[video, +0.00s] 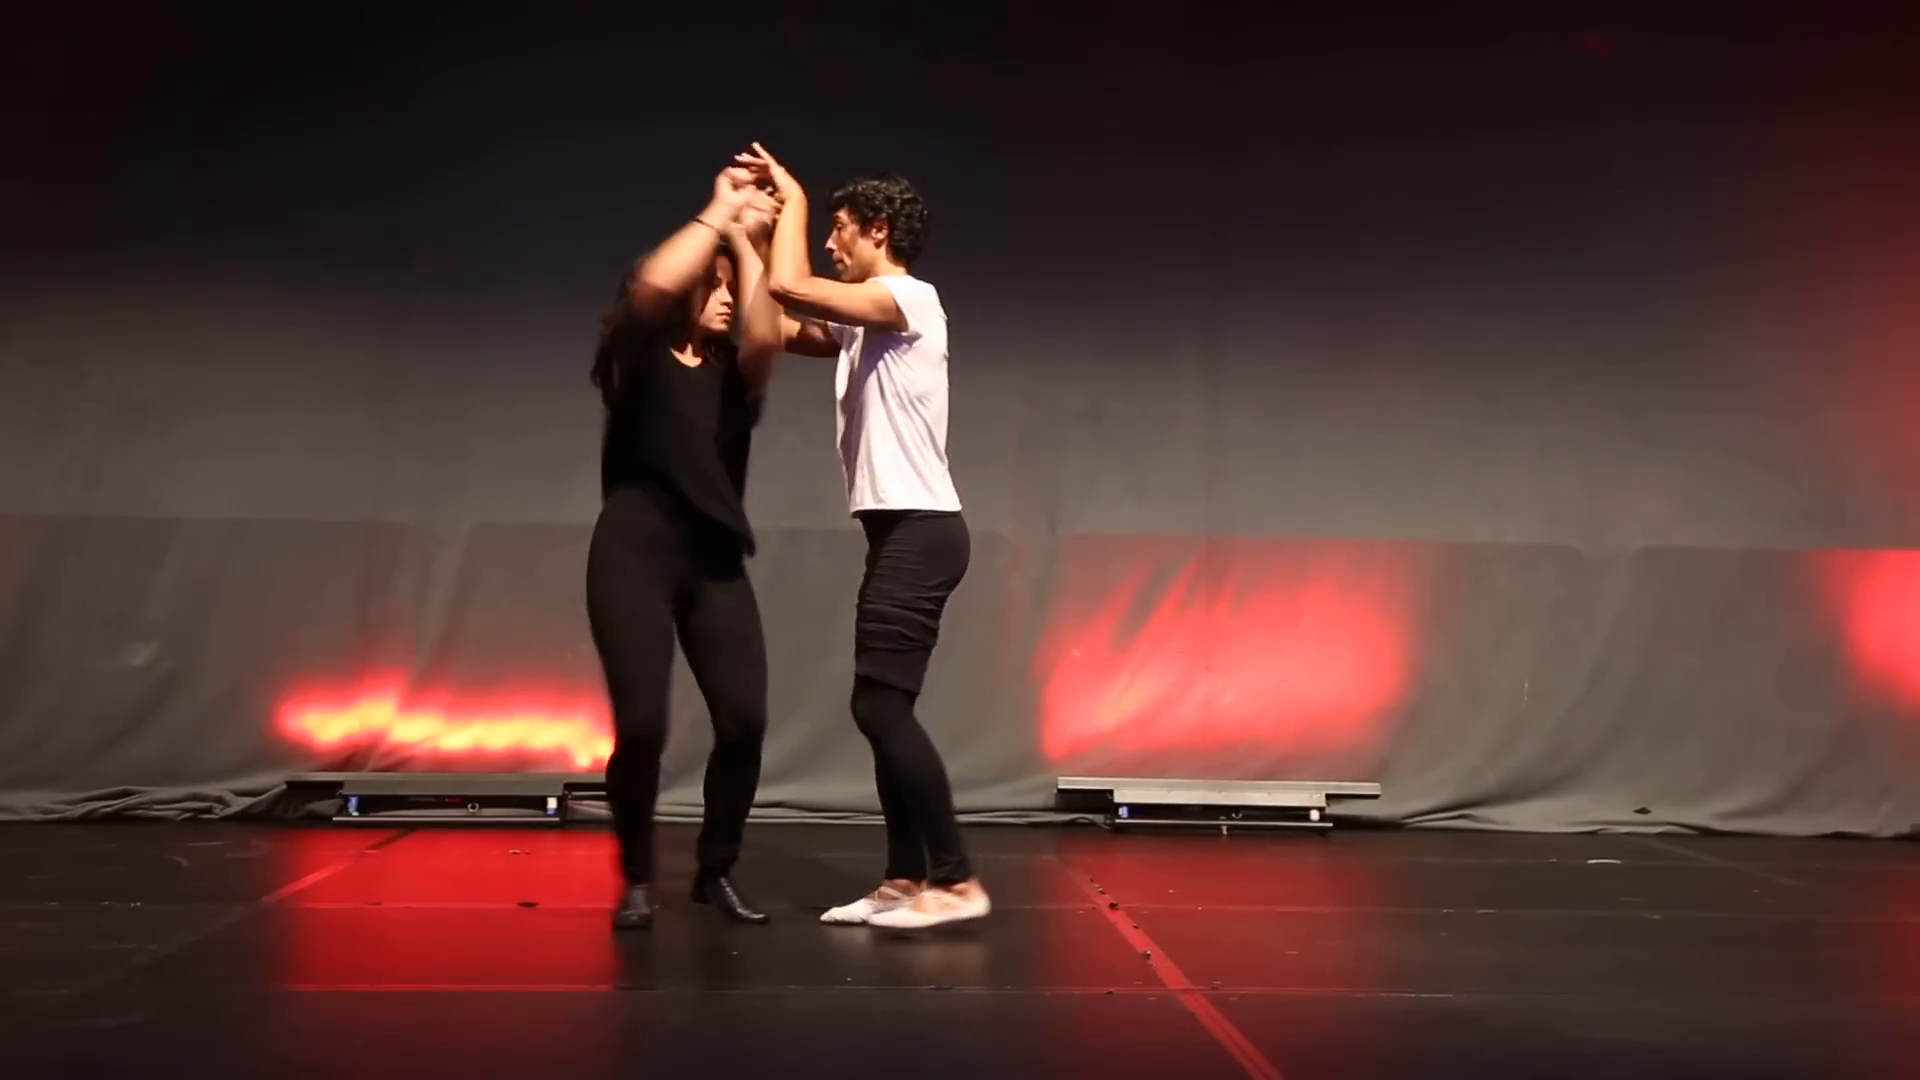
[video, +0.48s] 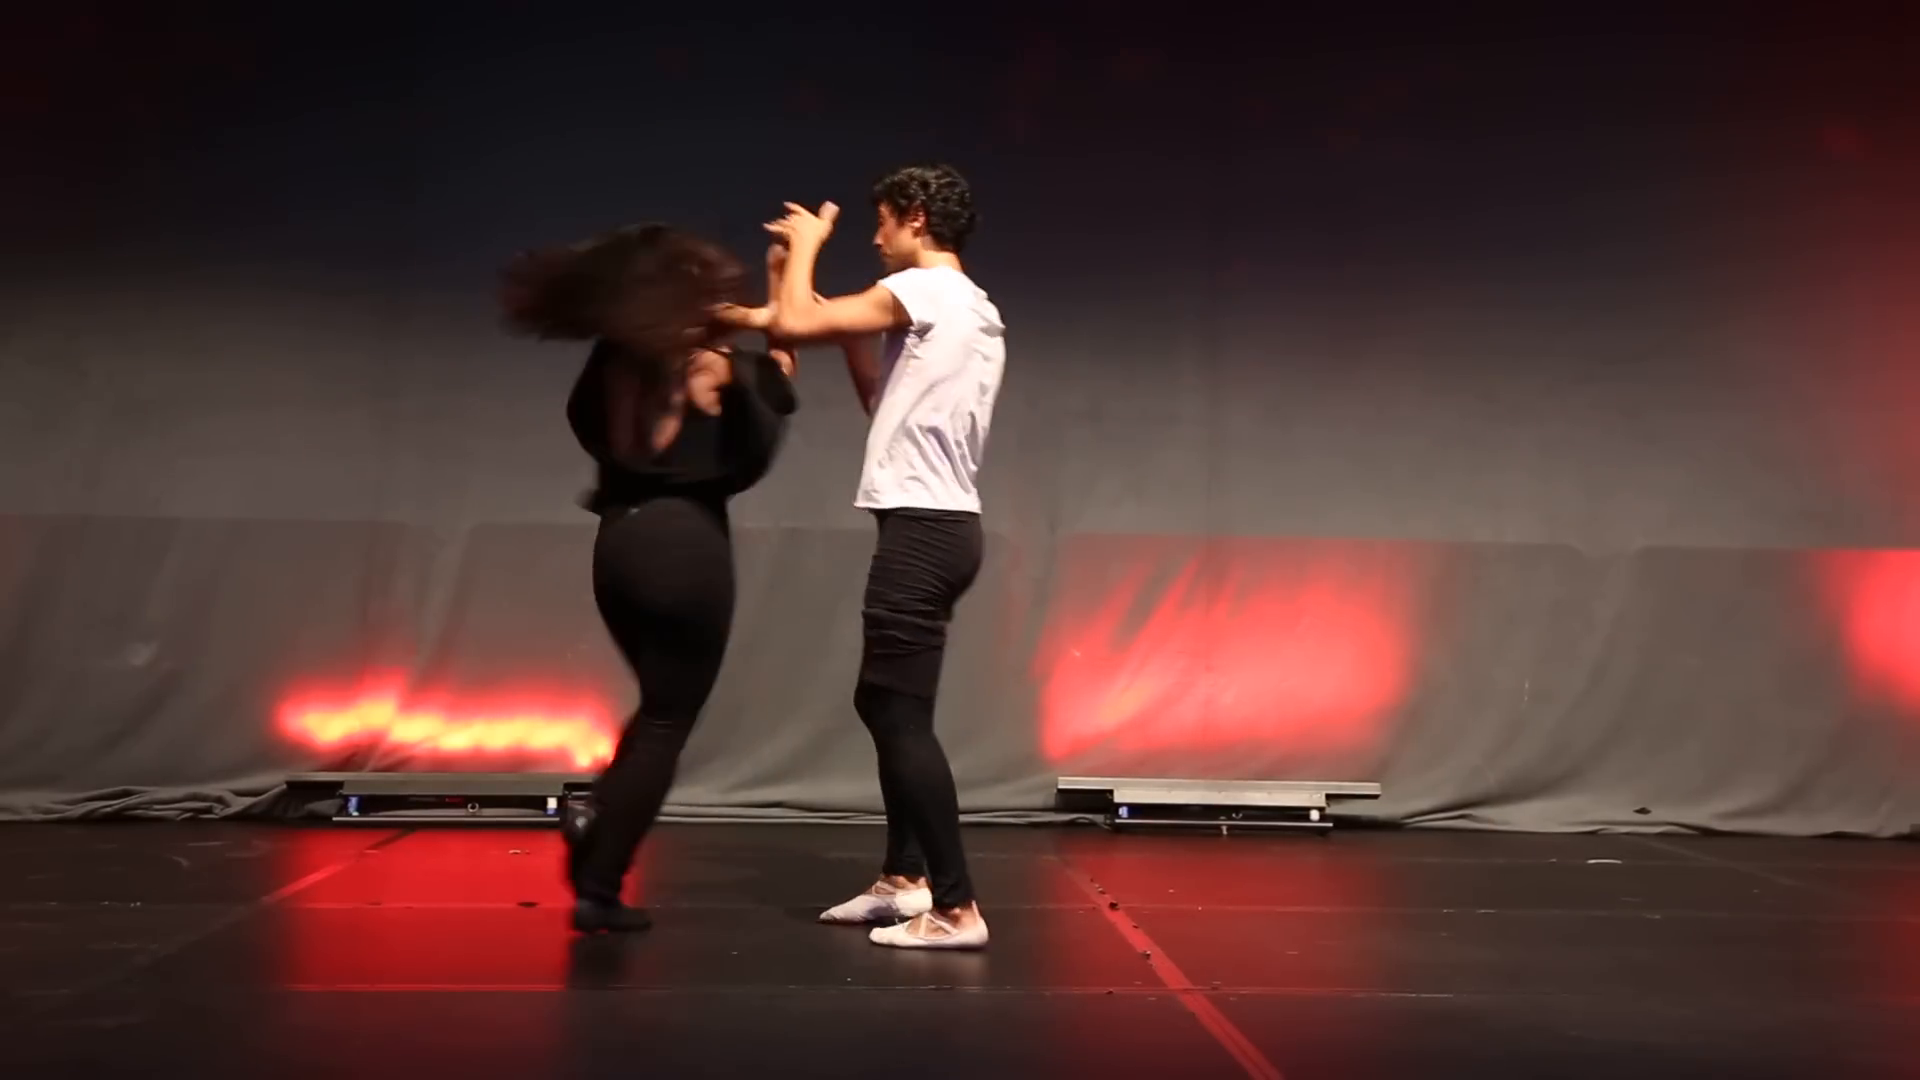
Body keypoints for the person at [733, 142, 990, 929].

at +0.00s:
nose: (833, 245)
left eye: (843, 230)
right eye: (835, 232)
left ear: (878, 233)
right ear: (872, 237)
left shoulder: (910, 300)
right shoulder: (870, 321)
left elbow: (793, 284)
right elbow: (778, 325)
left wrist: (793, 200)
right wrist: (753, 229)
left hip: (920, 528)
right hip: (897, 529)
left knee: (885, 707)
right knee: (880, 710)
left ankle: (955, 883)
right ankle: (906, 879)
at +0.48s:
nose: (880, 236)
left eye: (885, 222)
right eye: (882, 222)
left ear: (914, 221)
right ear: (945, 228)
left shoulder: (926, 288)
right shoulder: (977, 309)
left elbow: (793, 318)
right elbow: (884, 400)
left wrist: (805, 243)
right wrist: (817, 294)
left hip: (919, 524)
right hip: (937, 523)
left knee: (901, 709)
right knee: (883, 700)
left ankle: (955, 908)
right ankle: (904, 880)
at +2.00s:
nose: (893, 216)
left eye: (910, 204)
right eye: (886, 204)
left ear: (945, 214)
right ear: (877, 218)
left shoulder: (952, 289)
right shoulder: (862, 282)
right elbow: (777, 205)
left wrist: (920, 97)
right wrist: (867, 178)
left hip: (867, 528)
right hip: (821, 526)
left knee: (823, 723)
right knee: (818, 725)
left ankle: (866, 911)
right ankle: (956, 854)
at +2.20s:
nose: (882, 201)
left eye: (887, 194)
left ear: (891, 210)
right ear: (969, 227)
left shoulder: (850, 277)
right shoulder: (990, 307)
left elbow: (777, 249)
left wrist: (847, 178)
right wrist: (973, 233)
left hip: (848, 530)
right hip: (932, 533)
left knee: (822, 715)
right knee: (921, 718)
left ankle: (843, 904)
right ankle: (908, 914)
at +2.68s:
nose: (982, 251)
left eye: (987, 236)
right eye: (972, 234)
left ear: (949, 233)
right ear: (927, 226)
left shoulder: (924, 312)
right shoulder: (900, 297)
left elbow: (935, 454)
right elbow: (863, 376)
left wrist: (1017, 521)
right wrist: (968, 413)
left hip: (917, 529)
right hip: (911, 531)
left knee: (939, 725)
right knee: (969, 725)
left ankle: (880, 893)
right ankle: (905, 915)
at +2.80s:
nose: (989, 257)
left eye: (993, 242)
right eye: (978, 240)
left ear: (977, 241)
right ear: (934, 231)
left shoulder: (962, 332)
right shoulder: (895, 291)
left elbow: (980, 467)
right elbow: (872, 336)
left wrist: (1061, 549)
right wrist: (1001, 318)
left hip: (943, 540)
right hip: (901, 536)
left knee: (946, 725)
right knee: (976, 719)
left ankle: (879, 892)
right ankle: (913, 911)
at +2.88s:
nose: (995, 250)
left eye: (999, 237)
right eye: (980, 236)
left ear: (994, 242)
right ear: (936, 234)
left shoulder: (976, 348)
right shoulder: (886, 291)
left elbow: (999, 469)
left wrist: (1079, 552)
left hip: (954, 547)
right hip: (898, 543)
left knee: (947, 723)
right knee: (983, 707)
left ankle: (884, 889)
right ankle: (928, 901)